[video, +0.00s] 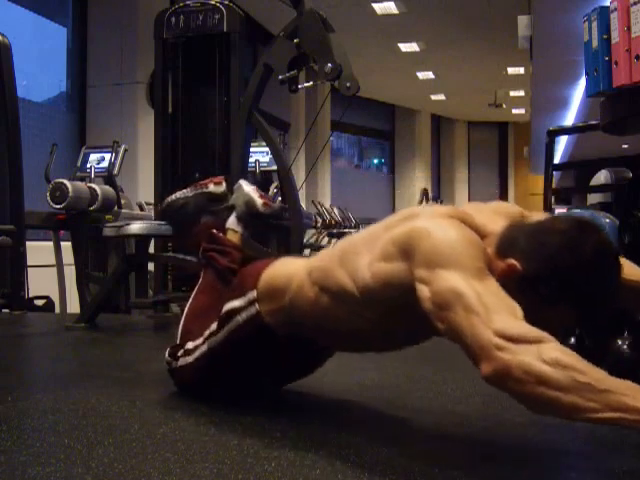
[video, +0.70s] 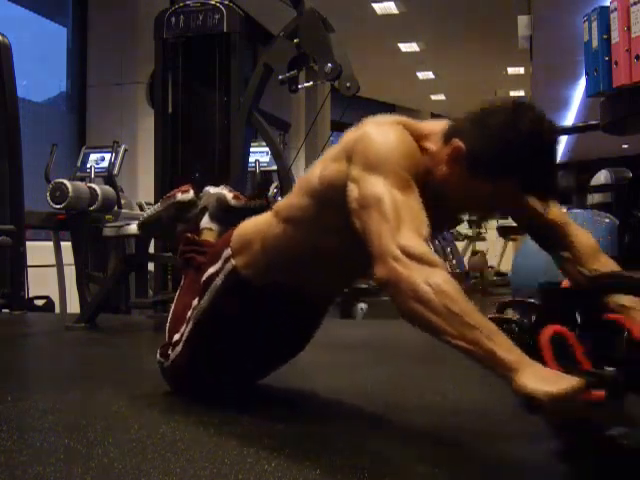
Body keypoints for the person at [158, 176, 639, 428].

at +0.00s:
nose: (551, 333)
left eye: (560, 327)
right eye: (549, 320)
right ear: (511, 275)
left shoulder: (529, 227)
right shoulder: (442, 246)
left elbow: (620, 274)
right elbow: (510, 359)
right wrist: (638, 405)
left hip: (316, 321)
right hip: (268, 313)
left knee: (241, 376)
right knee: (187, 369)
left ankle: (242, 264)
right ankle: (216, 268)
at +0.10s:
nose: (546, 353)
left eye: (562, 350)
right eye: (547, 340)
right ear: (515, 291)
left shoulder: (533, 244)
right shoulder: (447, 260)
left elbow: (622, 283)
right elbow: (515, 373)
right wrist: (636, 415)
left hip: (319, 330)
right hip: (269, 324)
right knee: (187, 367)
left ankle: (242, 263)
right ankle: (217, 265)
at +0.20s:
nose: (546, 357)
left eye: (561, 354)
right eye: (547, 346)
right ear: (516, 295)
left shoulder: (525, 242)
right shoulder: (448, 265)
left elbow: (625, 285)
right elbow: (516, 378)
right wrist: (636, 413)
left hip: (318, 330)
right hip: (269, 330)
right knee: (186, 367)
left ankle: (241, 255)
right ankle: (218, 261)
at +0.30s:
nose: (542, 343)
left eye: (555, 339)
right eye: (542, 328)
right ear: (513, 285)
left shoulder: (527, 240)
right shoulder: (445, 257)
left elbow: (624, 282)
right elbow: (511, 369)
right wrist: (636, 411)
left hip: (316, 333)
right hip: (268, 328)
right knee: (184, 368)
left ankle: (249, 252)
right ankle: (221, 259)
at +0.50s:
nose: (515, 293)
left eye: (530, 288)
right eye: (522, 279)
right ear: (496, 237)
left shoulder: (501, 195)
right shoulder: (421, 213)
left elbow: (594, 247)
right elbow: (473, 326)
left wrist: (637, 273)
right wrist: (627, 402)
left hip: (312, 311)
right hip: (264, 307)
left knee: (230, 370)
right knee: (184, 369)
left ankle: (236, 262)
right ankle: (210, 267)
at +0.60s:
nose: (503, 255)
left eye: (516, 248)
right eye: (506, 243)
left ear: (474, 193)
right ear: (476, 200)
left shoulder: (486, 174)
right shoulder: (402, 177)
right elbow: (439, 300)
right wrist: (577, 388)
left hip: (305, 312)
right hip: (252, 297)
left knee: (230, 377)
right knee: (182, 369)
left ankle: (235, 252)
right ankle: (214, 251)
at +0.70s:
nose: (481, 211)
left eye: (495, 205)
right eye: (483, 199)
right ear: (456, 159)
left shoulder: (469, 158)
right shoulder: (382, 147)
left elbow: (555, 226)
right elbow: (405, 269)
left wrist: (618, 292)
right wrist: (520, 368)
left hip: (304, 299)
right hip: (246, 288)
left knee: (227, 378)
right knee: (183, 375)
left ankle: (220, 248)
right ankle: (193, 255)